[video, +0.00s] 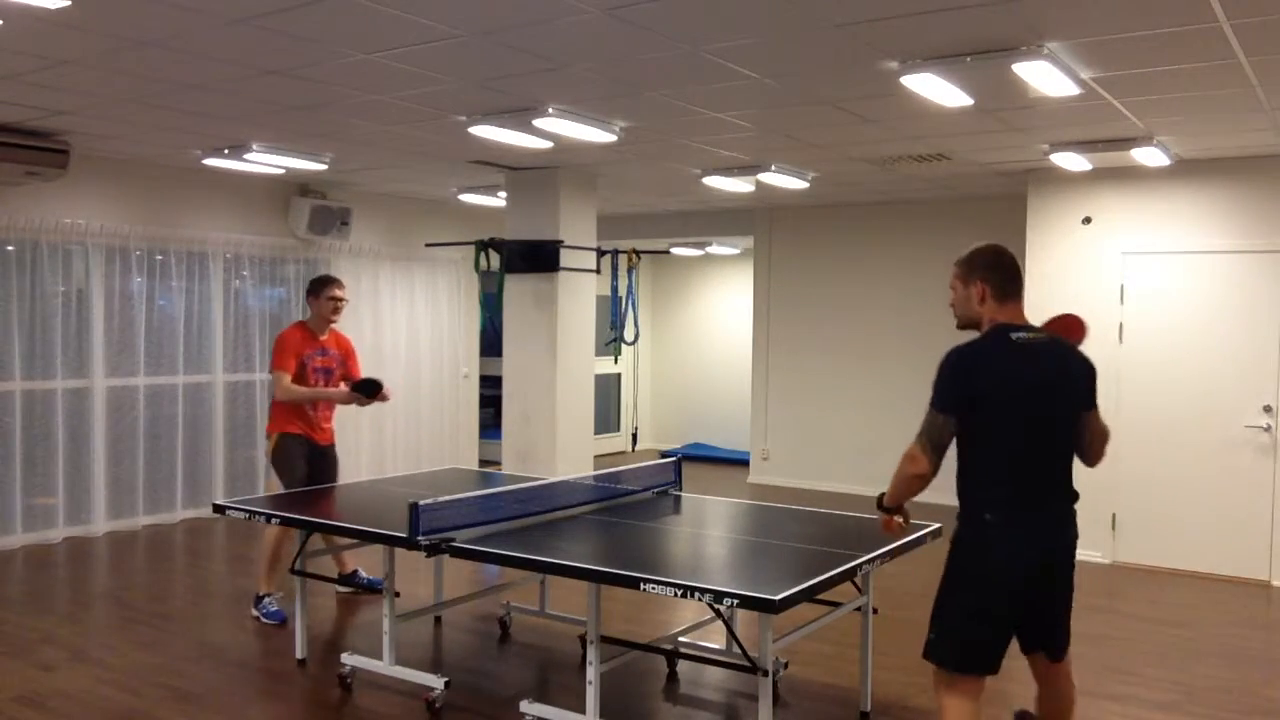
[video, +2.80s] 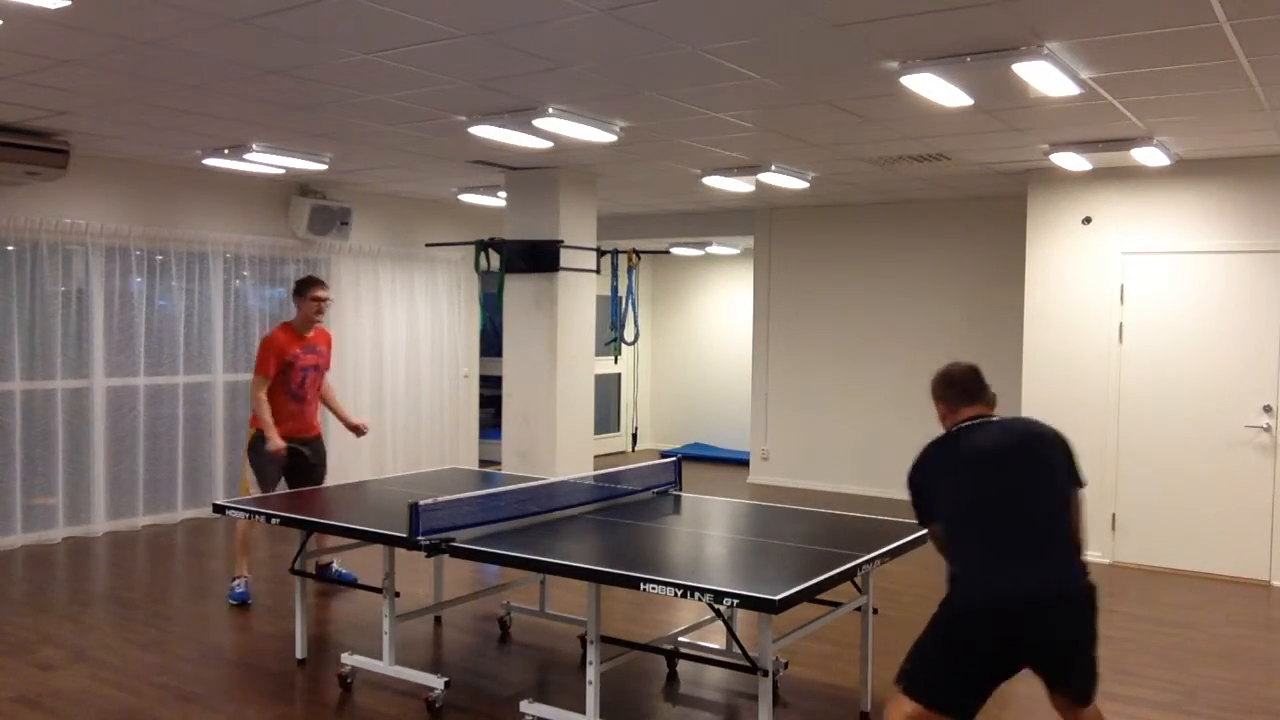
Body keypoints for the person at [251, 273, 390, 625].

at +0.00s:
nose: (339, 306)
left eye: (342, 301)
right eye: (333, 300)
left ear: (343, 306)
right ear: (312, 301)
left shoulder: (342, 343)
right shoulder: (290, 339)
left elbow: (352, 391)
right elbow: (281, 390)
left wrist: (372, 394)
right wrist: (331, 394)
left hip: (323, 436)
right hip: (289, 433)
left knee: (326, 509)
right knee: (290, 511)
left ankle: (347, 572)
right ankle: (264, 595)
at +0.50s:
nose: (334, 303)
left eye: (338, 298)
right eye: (328, 296)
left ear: (338, 302)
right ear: (308, 297)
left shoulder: (334, 337)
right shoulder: (285, 334)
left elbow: (358, 381)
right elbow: (251, 382)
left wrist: (365, 342)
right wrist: (292, 406)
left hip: (327, 437)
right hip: (291, 437)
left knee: (333, 509)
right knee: (277, 514)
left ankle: (334, 573)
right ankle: (264, 594)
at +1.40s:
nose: (333, 317)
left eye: (336, 312)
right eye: (327, 311)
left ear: (334, 313)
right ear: (306, 310)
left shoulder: (330, 347)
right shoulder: (276, 346)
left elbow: (340, 396)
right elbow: (253, 400)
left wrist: (355, 371)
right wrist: (289, 427)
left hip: (315, 440)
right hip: (277, 441)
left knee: (338, 506)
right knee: (270, 512)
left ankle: (339, 572)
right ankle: (229, 593)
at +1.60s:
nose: (317, 328)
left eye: (321, 323)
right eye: (311, 322)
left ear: (321, 324)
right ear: (290, 321)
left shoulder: (321, 355)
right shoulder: (261, 358)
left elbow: (321, 397)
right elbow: (240, 410)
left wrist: (334, 415)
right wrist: (253, 450)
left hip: (310, 452)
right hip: (268, 454)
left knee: (337, 510)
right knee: (254, 519)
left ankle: (350, 571)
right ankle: (218, 597)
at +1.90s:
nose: (314, 344)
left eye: (317, 337)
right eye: (309, 337)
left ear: (318, 336)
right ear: (288, 334)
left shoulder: (319, 363)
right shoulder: (257, 370)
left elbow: (324, 402)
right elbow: (230, 419)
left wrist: (345, 431)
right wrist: (258, 455)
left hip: (315, 459)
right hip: (272, 463)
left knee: (346, 511)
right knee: (256, 521)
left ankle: (361, 567)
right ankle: (223, 597)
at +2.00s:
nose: (320, 337)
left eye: (322, 331)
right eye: (316, 331)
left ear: (319, 331)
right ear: (295, 327)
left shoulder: (311, 358)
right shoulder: (264, 364)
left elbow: (309, 400)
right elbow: (262, 422)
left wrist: (345, 420)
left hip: (301, 451)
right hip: (262, 453)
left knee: (334, 502)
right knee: (263, 508)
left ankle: (358, 565)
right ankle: (221, 597)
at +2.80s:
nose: (321, 307)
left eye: (325, 302)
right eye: (315, 301)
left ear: (327, 305)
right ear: (298, 302)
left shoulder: (324, 338)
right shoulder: (275, 341)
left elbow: (321, 384)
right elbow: (258, 392)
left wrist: (347, 420)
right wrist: (271, 432)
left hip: (309, 440)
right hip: (271, 439)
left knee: (316, 504)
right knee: (252, 507)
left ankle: (323, 563)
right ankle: (241, 576)